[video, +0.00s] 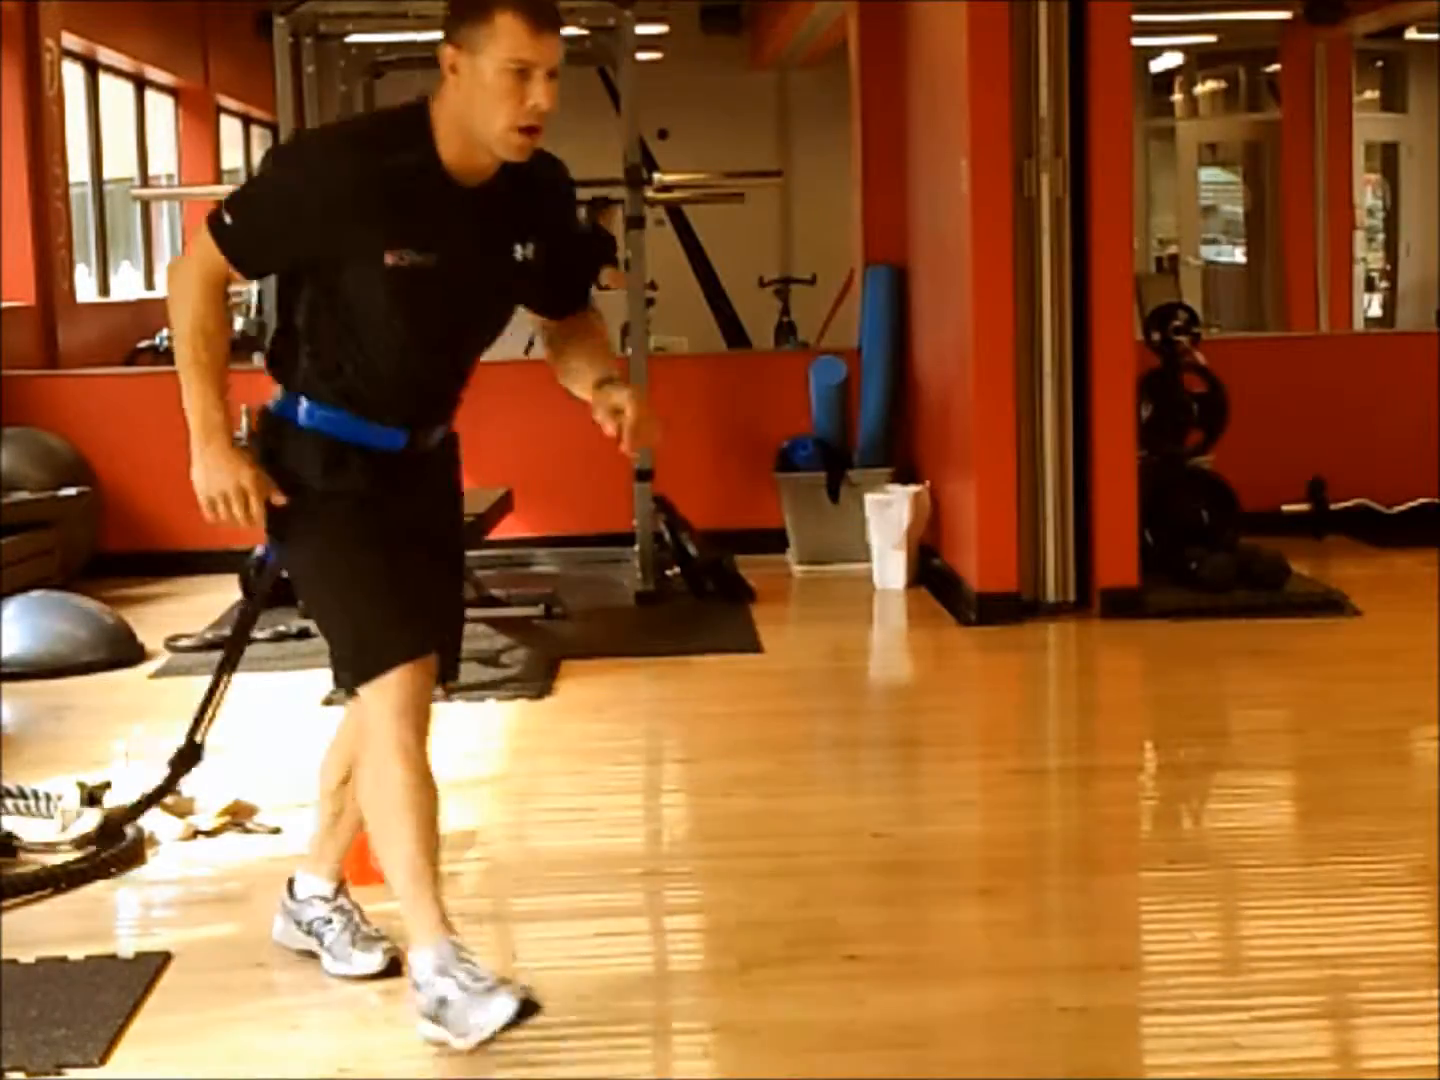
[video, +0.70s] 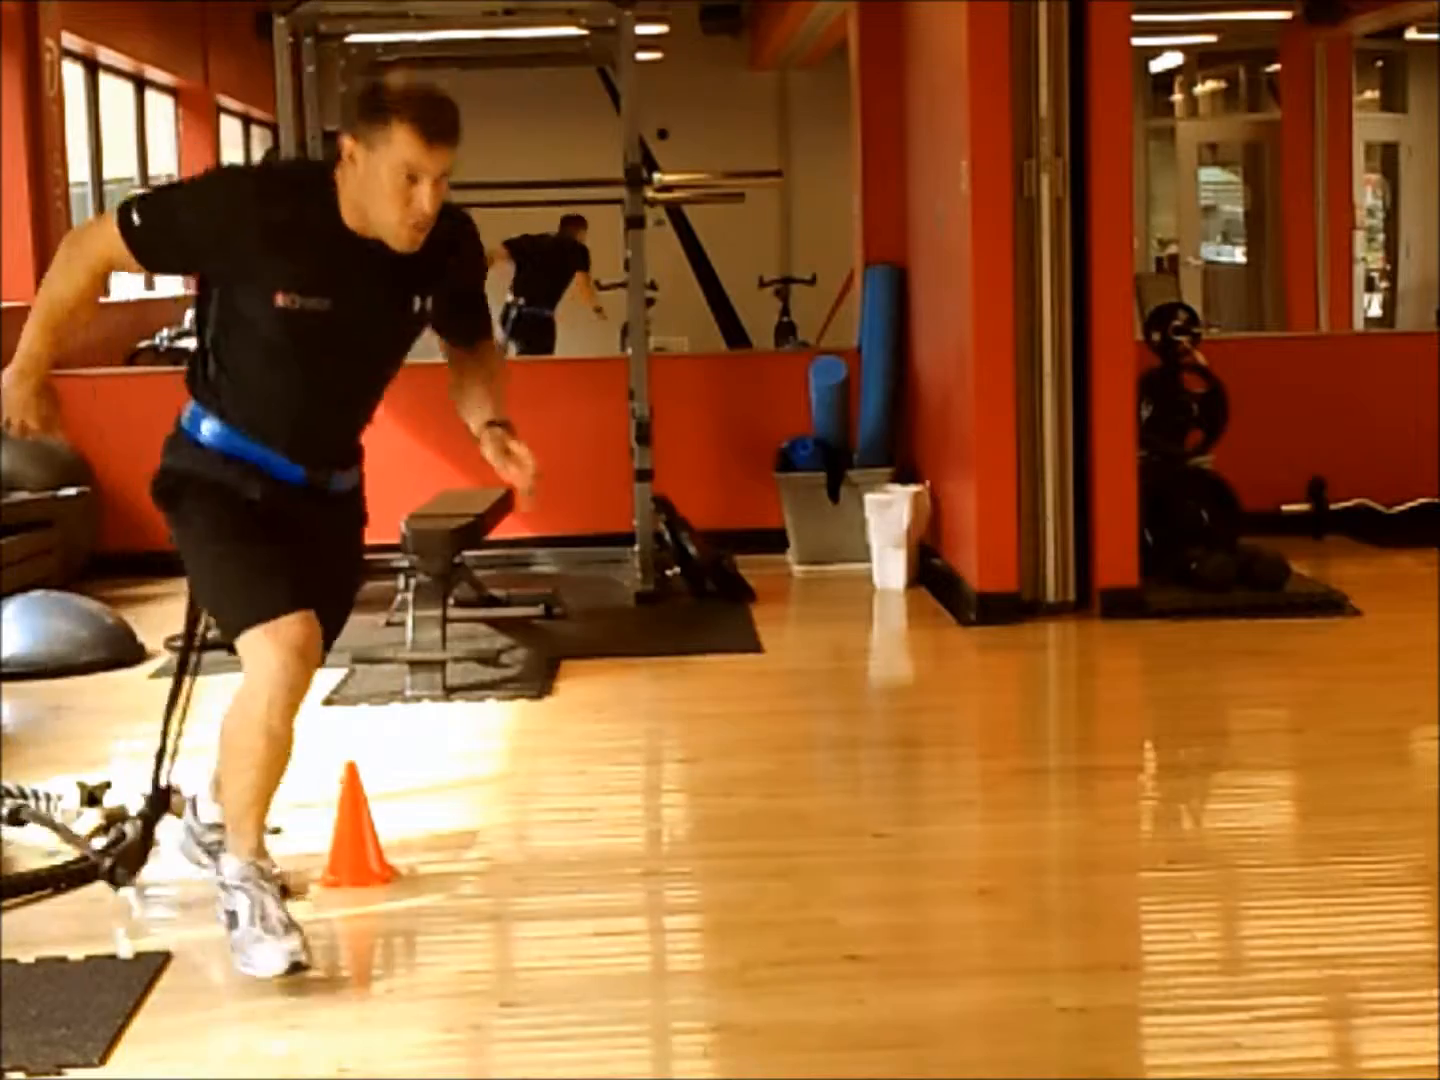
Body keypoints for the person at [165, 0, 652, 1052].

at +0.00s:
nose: (542, 98)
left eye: (552, 76)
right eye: (520, 74)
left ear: (555, 79)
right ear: (453, 68)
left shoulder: (536, 190)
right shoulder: (336, 165)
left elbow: (568, 315)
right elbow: (200, 265)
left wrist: (605, 386)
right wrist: (209, 437)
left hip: (424, 457)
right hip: (319, 451)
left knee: (398, 685)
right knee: (398, 679)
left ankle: (315, 890)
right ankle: (435, 957)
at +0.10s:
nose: (489, 30)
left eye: (501, 10)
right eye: (465, 6)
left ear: (507, 19)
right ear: (403, 10)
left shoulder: (491, 117)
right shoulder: (295, 96)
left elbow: (484, 244)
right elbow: (174, 212)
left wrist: (510, 368)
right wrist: (240, 373)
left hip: (384, 396)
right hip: (279, 390)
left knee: (366, 636)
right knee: (335, 634)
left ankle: (331, 870)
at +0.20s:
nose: (441, 25)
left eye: (450, 7)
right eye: (421, 4)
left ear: (453, 14)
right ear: (359, 4)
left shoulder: (445, 101)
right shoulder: (256, 84)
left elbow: (426, 221)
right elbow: (134, 218)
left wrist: (421, 346)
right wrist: (259, 336)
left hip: (361, 390)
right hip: (244, 393)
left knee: (368, 622)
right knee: (262, 628)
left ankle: (281, 812)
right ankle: (173, 850)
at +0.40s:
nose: (381, 105)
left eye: (391, 84)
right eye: (360, 84)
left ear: (400, 85)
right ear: (298, 80)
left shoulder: (395, 185)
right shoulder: (208, 178)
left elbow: (343, 312)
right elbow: (91, 304)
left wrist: (326, 398)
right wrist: (201, 418)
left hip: (318, 470)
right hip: (210, 475)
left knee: (305, 674)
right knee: (195, 693)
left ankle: (223, 814)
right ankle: (127, 890)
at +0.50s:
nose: (400, 82)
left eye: (410, 60)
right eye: (379, 57)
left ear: (417, 60)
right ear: (313, 48)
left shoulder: (411, 146)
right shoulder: (220, 136)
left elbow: (394, 259)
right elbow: (95, 255)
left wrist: (379, 364)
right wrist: (105, 419)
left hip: (317, 430)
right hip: (213, 420)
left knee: (300, 631)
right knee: (214, 656)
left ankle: (233, 805)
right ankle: (137, 865)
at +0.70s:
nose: (429, 201)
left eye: (441, 179)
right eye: (410, 177)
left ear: (452, 170)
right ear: (350, 156)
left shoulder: (447, 246)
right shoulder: (260, 202)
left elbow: (473, 347)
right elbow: (95, 245)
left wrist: (491, 426)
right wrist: (29, 363)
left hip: (329, 493)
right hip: (222, 472)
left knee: (290, 668)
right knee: (285, 644)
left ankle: (215, 820)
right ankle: (245, 871)